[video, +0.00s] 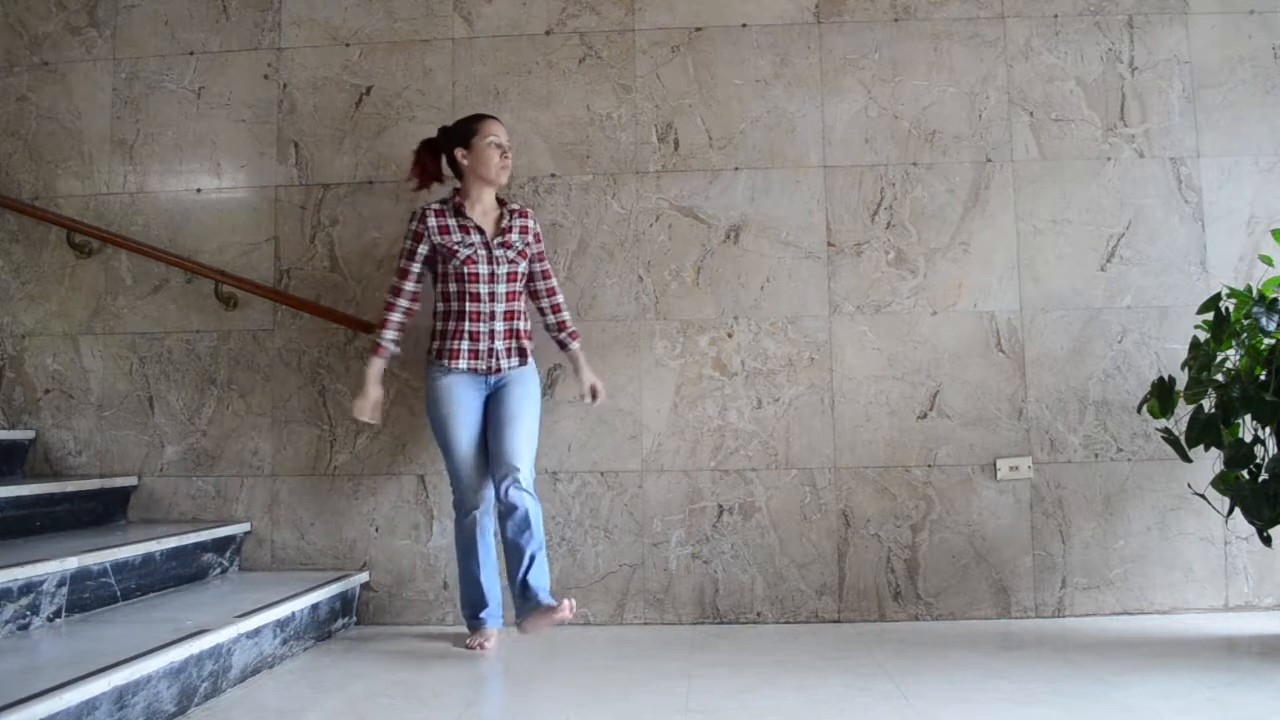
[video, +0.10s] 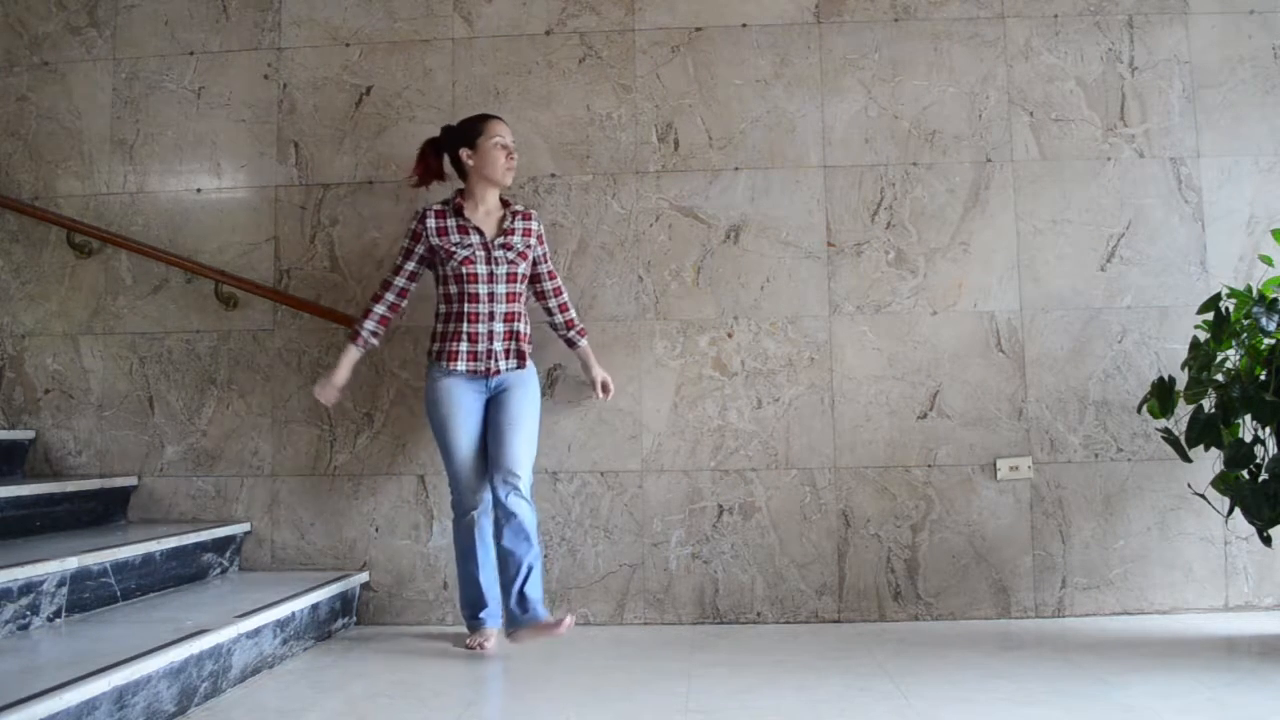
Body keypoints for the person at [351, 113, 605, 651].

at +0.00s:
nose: (507, 155)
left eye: (508, 148)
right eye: (496, 147)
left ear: (502, 160)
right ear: (461, 156)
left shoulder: (522, 221)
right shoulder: (432, 219)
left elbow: (547, 294)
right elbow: (403, 297)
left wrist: (580, 361)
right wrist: (373, 373)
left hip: (517, 369)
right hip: (455, 372)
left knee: (515, 479)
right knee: (472, 496)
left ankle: (535, 603)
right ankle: (483, 621)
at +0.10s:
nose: (513, 154)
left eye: (512, 147)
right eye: (500, 147)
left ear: (505, 161)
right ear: (466, 159)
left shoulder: (526, 223)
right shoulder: (434, 223)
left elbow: (552, 293)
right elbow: (393, 296)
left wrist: (589, 359)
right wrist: (344, 364)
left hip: (517, 371)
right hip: (454, 374)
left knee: (514, 485)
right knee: (470, 497)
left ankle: (527, 612)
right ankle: (483, 620)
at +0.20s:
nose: (518, 155)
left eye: (518, 147)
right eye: (507, 147)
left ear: (505, 160)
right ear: (472, 157)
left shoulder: (530, 224)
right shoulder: (437, 220)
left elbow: (554, 294)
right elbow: (391, 289)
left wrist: (591, 358)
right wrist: (336, 351)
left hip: (518, 372)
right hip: (456, 372)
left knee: (509, 490)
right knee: (469, 497)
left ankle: (513, 621)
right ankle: (479, 621)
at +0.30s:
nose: (524, 157)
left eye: (523, 149)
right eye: (513, 148)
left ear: (508, 161)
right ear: (477, 157)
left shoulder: (532, 226)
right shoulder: (442, 219)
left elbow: (553, 300)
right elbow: (395, 289)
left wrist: (589, 365)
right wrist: (340, 353)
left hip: (521, 376)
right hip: (457, 374)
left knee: (506, 496)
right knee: (468, 499)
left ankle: (500, 627)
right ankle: (482, 625)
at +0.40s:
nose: (530, 157)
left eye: (530, 149)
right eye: (520, 148)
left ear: (512, 159)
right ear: (484, 156)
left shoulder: (537, 227)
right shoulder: (447, 218)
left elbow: (555, 305)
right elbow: (402, 290)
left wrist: (589, 370)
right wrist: (348, 355)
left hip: (524, 376)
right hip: (459, 374)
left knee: (511, 498)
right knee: (471, 500)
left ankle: (500, 629)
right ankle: (480, 622)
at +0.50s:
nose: (536, 158)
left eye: (536, 149)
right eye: (525, 147)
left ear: (518, 158)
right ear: (489, 153)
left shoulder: (541, 226)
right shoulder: (451, 215)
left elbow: (563, 299)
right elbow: (401, 284)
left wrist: (604, 362)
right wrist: (338, 340)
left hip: (528, 374)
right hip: (463, 372)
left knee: (514, 501)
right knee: (474, 505)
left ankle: (500, 630)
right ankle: (479, 621)